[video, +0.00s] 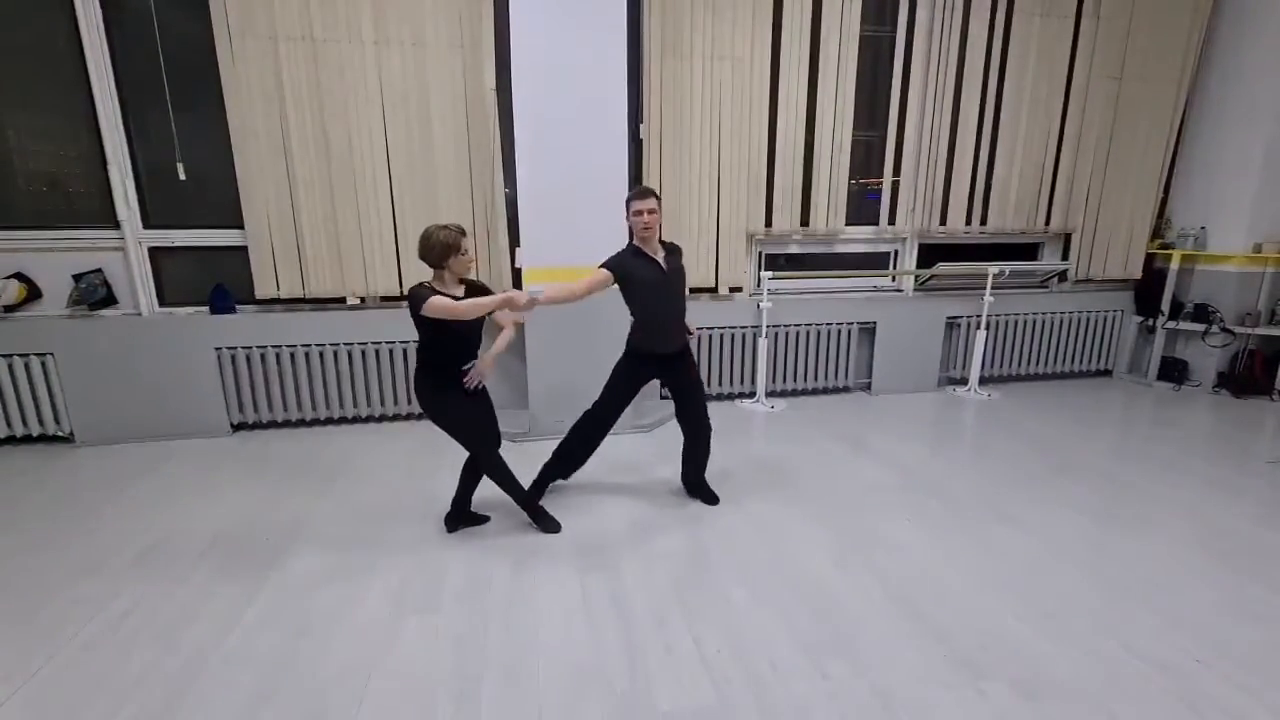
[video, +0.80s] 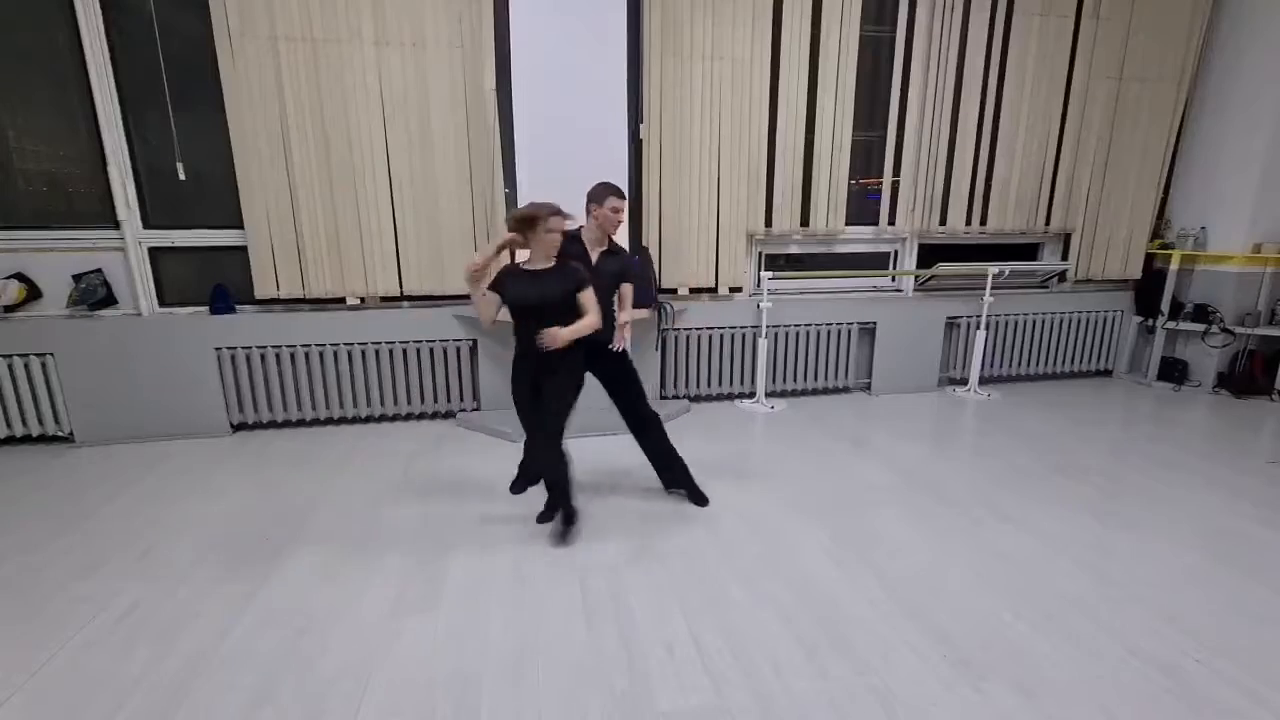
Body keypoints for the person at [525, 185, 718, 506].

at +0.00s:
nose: (645, 219)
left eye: (651, 213)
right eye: (637, 214)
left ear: (660, 216)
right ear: (628, 220)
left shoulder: (674, 253)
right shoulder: (623, 262)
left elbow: (670, 295)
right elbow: (580, 290)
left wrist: (682, 323)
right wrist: (534, 298)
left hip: (678, 353)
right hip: (641, 354)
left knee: (699, 426)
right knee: (601, 416)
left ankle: (694, 478)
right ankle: (547, 476)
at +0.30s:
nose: (616, 222)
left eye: (623, 214)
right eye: (612, 216)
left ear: (643, 214)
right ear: (610, 220)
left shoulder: (671, 251)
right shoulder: (611, 264)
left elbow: (693, 283)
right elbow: (594, 317)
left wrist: (699, 312)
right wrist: (566, 322)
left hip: (664, 351)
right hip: (626, 353)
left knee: (684, 418)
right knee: (591, 415)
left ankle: (692, 478)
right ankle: (541, 481)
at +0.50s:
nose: (604, 227)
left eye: (610, 219)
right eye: (601, 221)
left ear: (631, 218)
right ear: (602, 223)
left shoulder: (665, 255)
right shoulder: (604, 265)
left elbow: (695, 296)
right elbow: (586, 307)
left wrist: (677, 317)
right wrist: (578, 331)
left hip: (652, 352)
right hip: (611, 350)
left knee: (677, 416)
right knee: (573, 410)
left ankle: (691, 479)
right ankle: (533, 470)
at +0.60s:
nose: (603, 223)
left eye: (610, 217)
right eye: (600, 217)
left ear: (630, 217)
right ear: (597, 220)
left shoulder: (651, 260)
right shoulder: (591, 255)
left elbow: (675, 308)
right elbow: (550, 272)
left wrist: (650, 326)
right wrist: (520, 286)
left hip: (642, 356)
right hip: (602, 354)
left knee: (673, 418)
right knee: (568, 413)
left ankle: (691, 478)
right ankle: (527, 466)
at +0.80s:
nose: (621, 218)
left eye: (623, 212)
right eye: (615, 211)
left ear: (620, 215)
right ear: (593, 210)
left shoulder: (621, 258)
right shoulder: (561, 243)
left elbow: (626, 307)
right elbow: (515, 242)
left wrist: (623, 324)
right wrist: (492, 254)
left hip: (605, 345)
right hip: (565, 343)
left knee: (639, 413)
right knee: (549, 414)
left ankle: (678, 478)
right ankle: (553, 490)